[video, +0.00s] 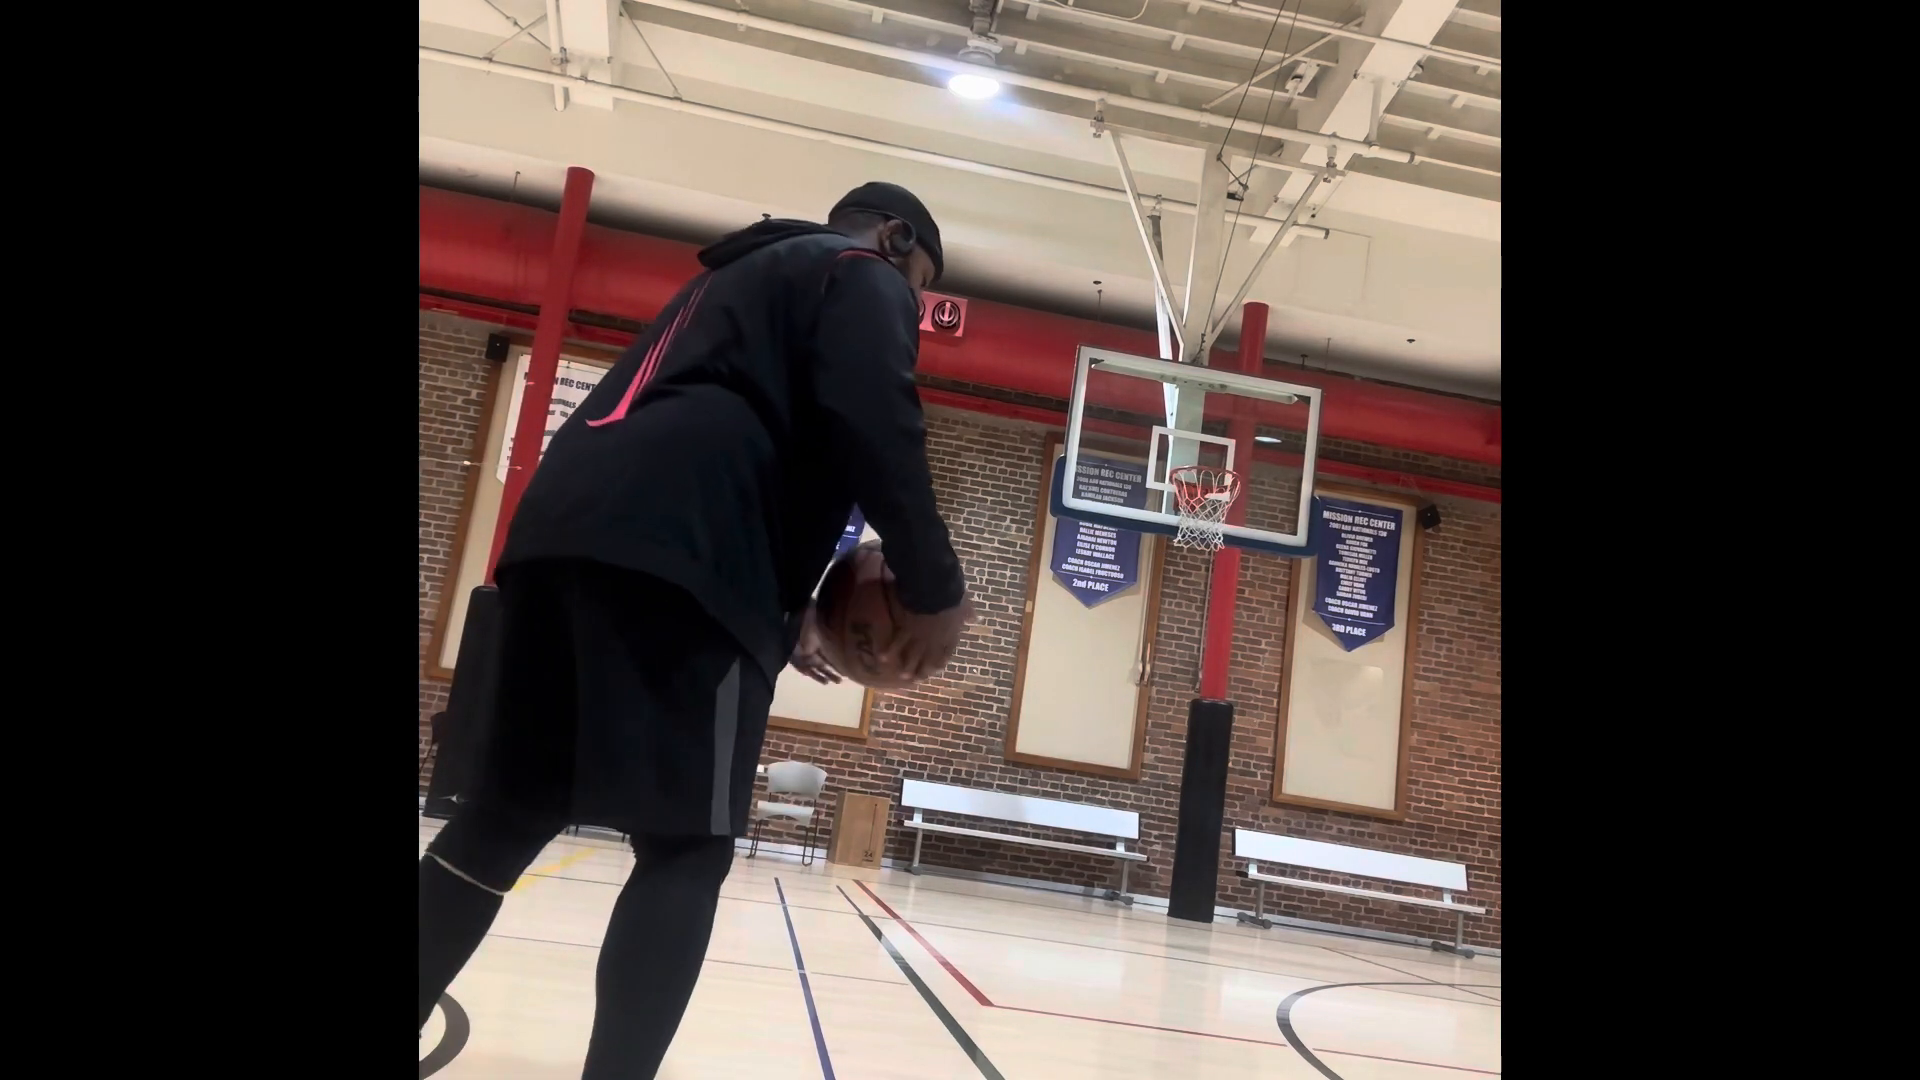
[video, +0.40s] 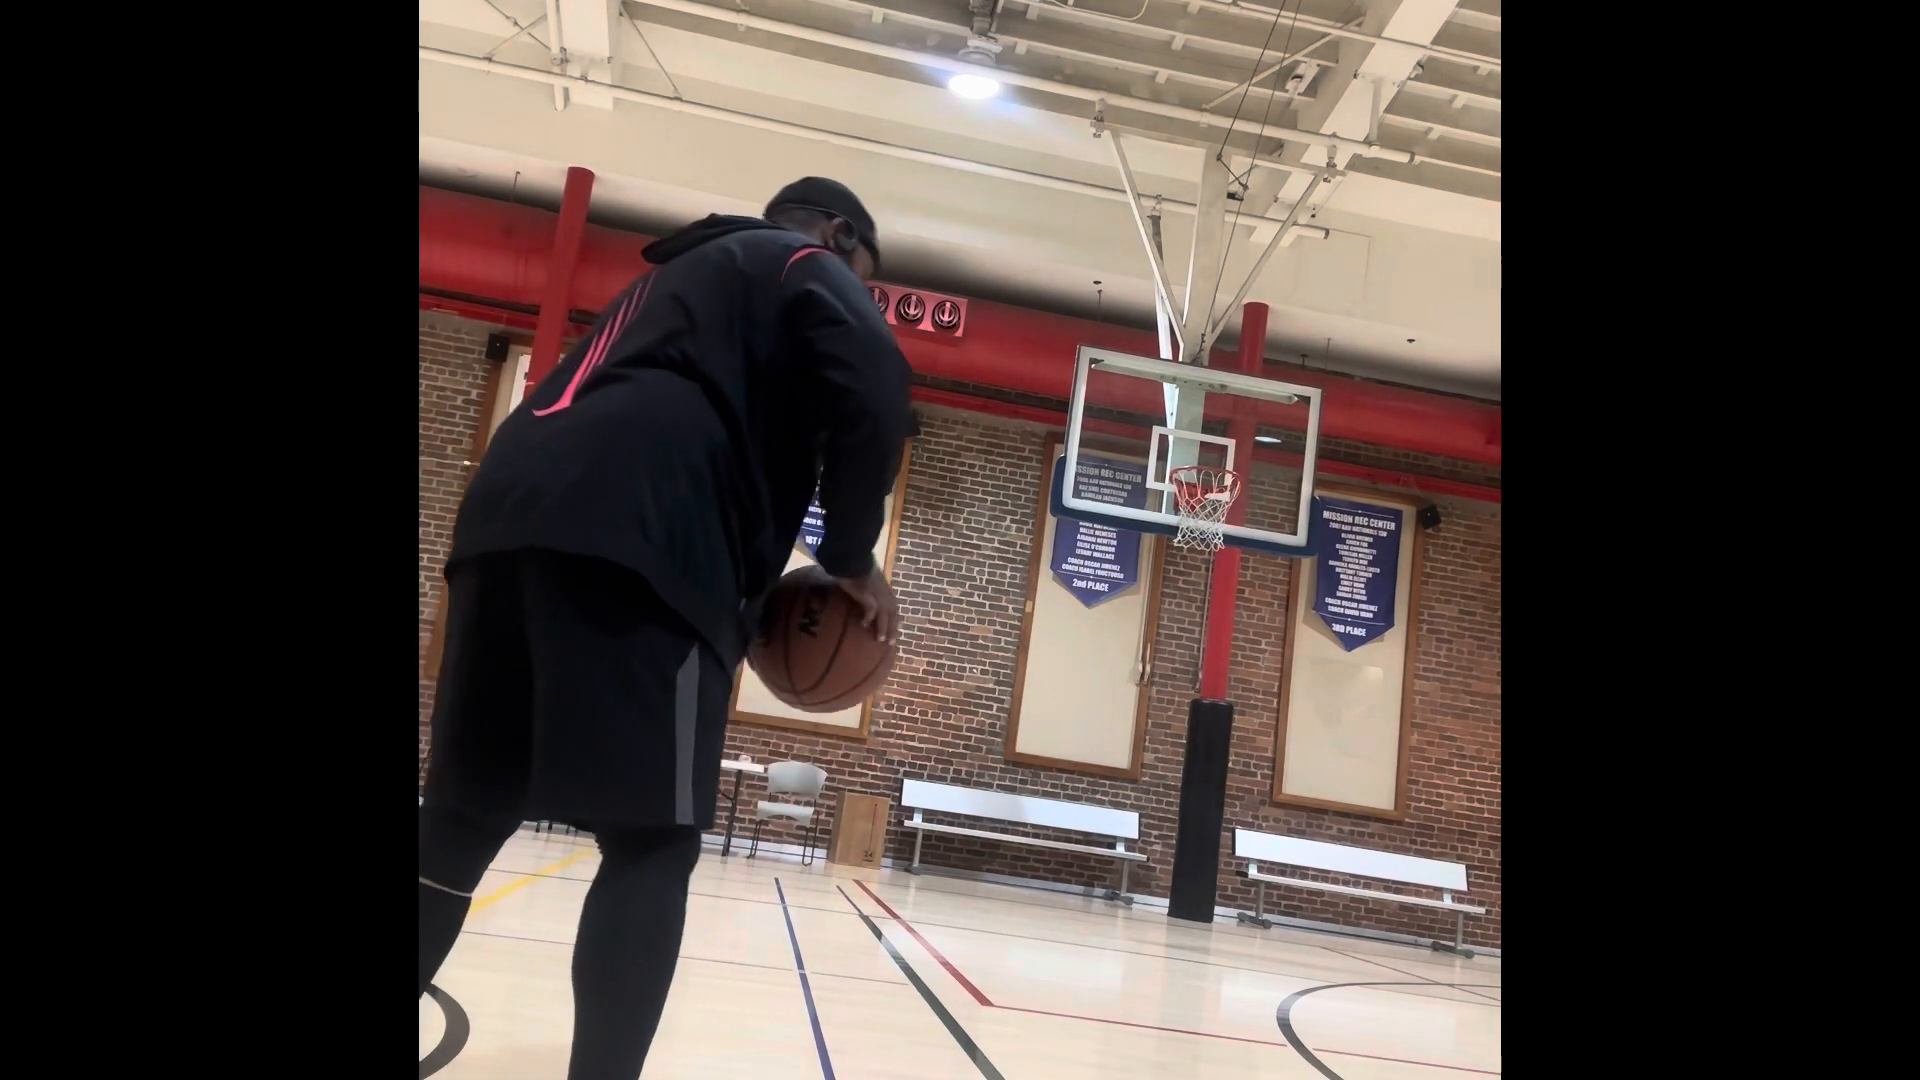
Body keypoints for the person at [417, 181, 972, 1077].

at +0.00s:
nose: (920, 296)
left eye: (926, 285)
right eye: (921, 276)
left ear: (836, 225)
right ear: (890, 239)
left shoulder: (730, 280)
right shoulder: (861, 273)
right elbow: (876, 415)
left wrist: (794, 613)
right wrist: (935, 589)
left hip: (546, 541)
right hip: (684, 564)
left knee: (503, 815)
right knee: (687, 851)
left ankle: (416, 1021)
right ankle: (617, 1068)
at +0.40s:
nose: (860, 288)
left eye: (867, 276)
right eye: (862, 270)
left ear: (765, 214)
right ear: (834, 236)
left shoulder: (661, 284)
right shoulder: (804, 262)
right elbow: (880, 382)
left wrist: (751, 589)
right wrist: (850, 556)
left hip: (498, 522)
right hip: (641, 539)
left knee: (460, 813)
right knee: (652, 844)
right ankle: (604, 1068)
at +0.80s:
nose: (726, 268)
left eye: (722, 258)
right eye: (727, 256)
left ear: (621, 230)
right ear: (711, 249)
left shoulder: (522, 294)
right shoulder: (736, 309)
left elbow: (469, 424)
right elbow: (774, 471)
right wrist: (693, 591)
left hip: (454, 553)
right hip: (615, 568)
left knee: (438, 820)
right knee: (605, 847)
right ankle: (586, 1069)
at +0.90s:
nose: (700, 275)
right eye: (699, 264)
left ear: (591, 235)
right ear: (684, 256)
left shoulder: (498, 300)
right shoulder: (717, 325)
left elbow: (437, 427)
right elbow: (750, 481)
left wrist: (454, 536)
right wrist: (669, 581)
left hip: (447, 567)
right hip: (611, 583)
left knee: (433, 819)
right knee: (612, 850)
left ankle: (411, 1035)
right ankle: (595, 1070)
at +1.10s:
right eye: (647, 268)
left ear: (555, 253)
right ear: (642, 270)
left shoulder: (466, 316)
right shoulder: (681, 348)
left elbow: (424, 432)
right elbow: (712, 518)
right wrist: (637, 544)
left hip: (445, 585)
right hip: (598, 601)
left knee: (435, 816)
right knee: (603, 813)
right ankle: (605, 1038)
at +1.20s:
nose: (636, 287)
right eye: (636, 276)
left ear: (545, 265)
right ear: (631, 277)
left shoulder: (466, 325)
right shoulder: (674, 365)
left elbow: (447, 408)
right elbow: (717, 522)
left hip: (446, 603)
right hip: (596, 618)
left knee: (439, 828)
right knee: (588, 822)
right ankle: (599, 1052)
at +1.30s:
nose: (641, 290)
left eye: (636, 280)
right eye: (638, 280)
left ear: (544, 274)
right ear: (628, 284)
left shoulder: (473, 335)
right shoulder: (665, 370)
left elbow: (471, 365)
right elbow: (746, 479)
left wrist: (583, 312)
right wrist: (716, 366)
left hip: (457, 628)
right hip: (597, 641)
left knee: (444, 834)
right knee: (581, 832)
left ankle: (415, 1018)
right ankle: (594, 1047)